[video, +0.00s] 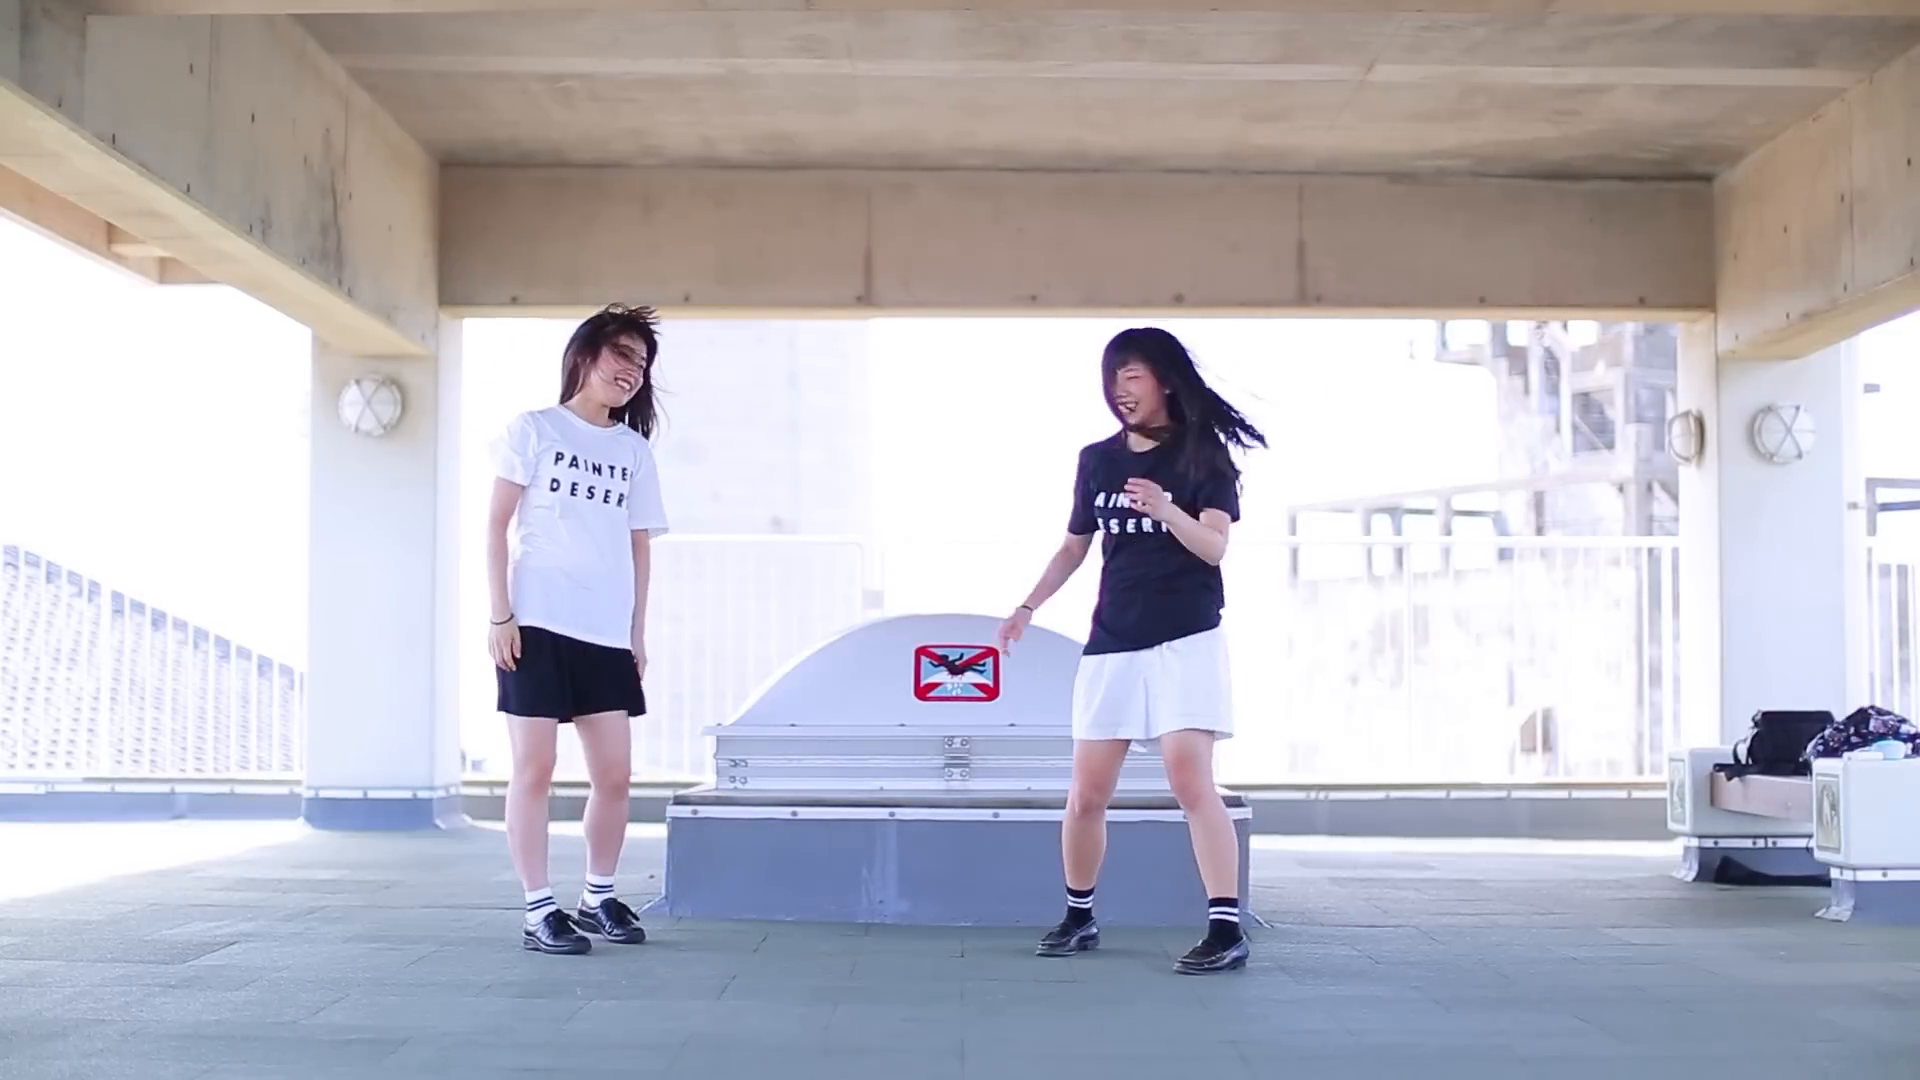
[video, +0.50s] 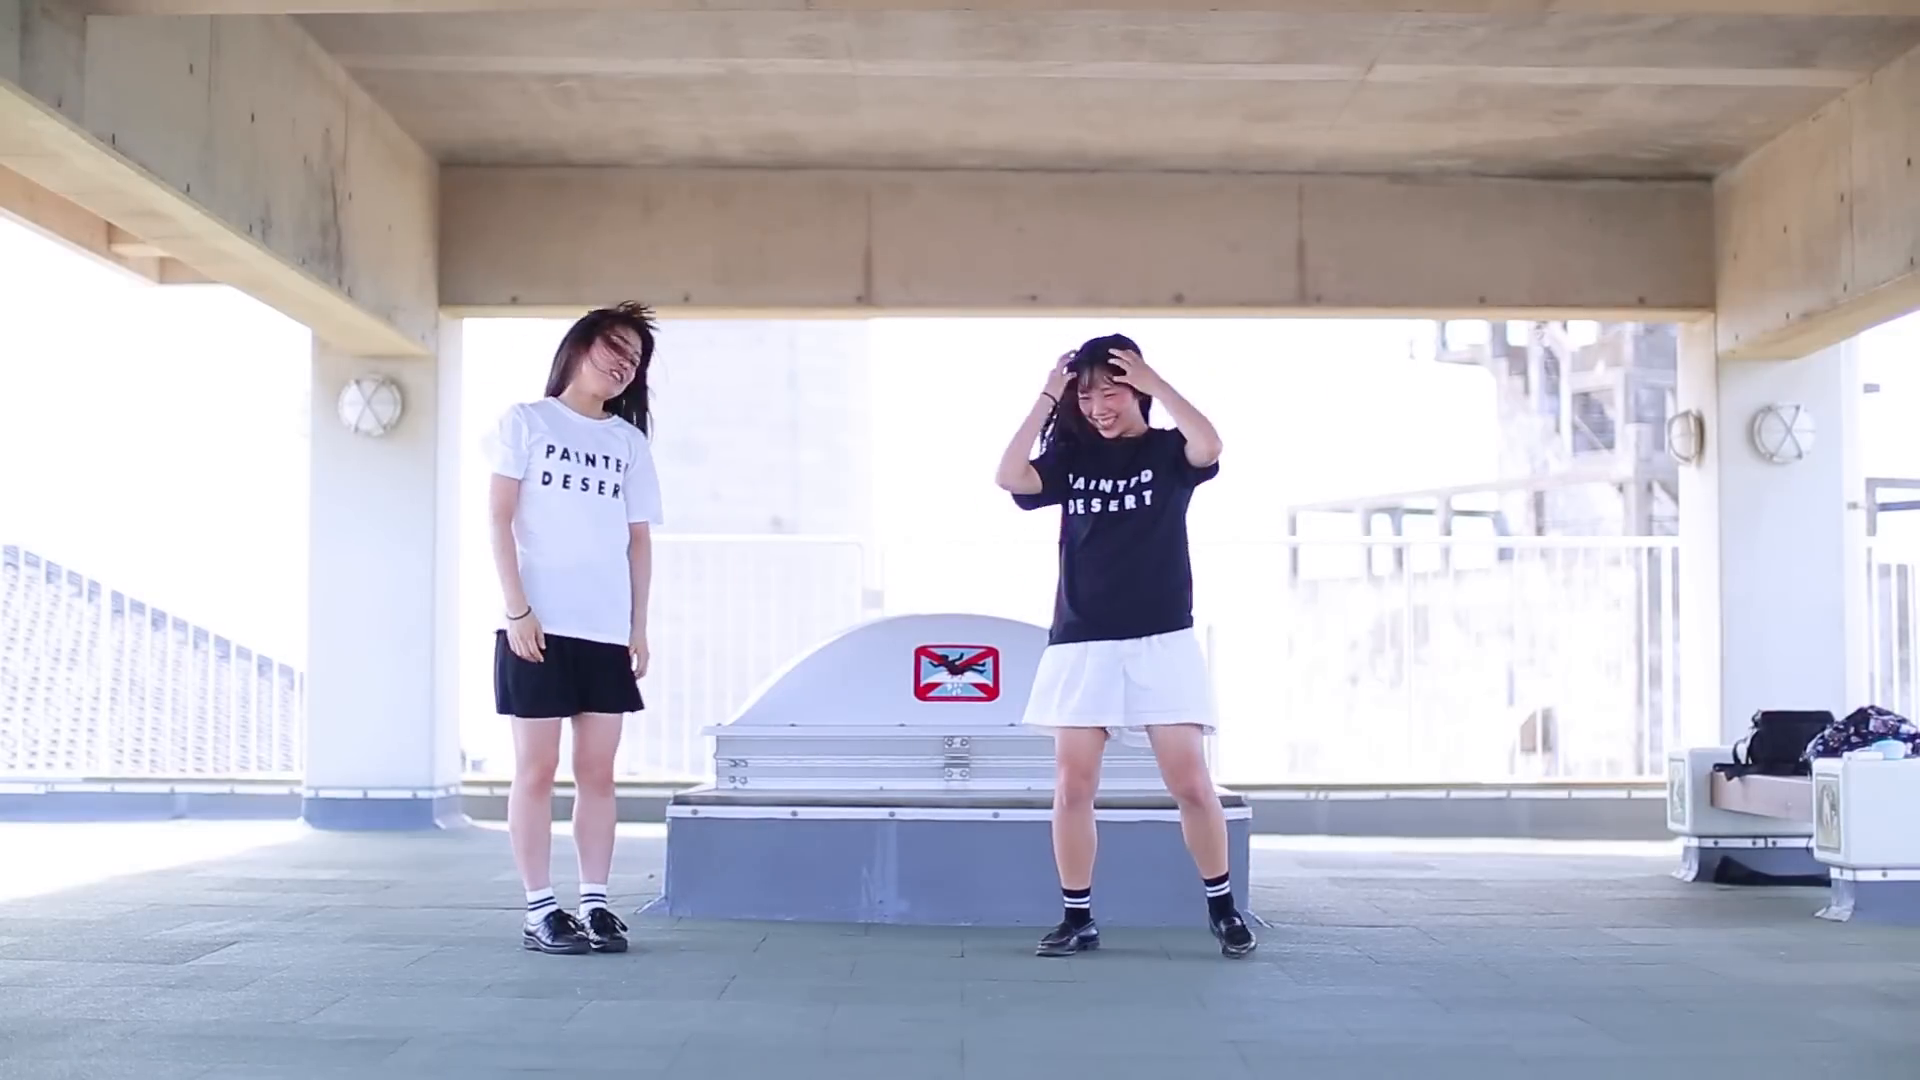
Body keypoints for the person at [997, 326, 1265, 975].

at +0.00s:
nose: (1122, 390)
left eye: (1134, 377)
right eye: (1115, 380)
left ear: (1169, 380)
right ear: (1109, 389)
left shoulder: (1206, 455)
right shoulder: (1099, 460)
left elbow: (1213, 548)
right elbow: (1075, 547)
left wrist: (1167, 510)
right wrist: (1028, 606)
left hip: (1186, 639)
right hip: (1112, 641)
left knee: (1191, 782)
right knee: (1086, 795)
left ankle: (1226, 929)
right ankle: (1078, 918)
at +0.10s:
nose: (1114, 391)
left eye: (1126, 379)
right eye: (1105, 382)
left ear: (1156, 383)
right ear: (1097, 392)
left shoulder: (1187, 452)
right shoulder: (1081, 463)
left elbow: (1197, 530)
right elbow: (1037, 550)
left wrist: (1158, 454)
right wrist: (1002, 550)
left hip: (1169, 637)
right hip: (1092, 640)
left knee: (1178, 775)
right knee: (1069, 790)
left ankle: (1221, 926)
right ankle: (1078, 919)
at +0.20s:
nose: (1099, 393)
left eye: (1110, 379)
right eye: (1089, 384)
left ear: (1141, 382)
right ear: (1080, 393)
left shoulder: (1175, 444)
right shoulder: (1069, 457)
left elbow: (1181, 501)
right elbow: (1017, 531)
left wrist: (1147, 422)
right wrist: (1009, 481)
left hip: (1157, 633)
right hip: (1079, 638)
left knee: (1174, 777)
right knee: (1067, 788)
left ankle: (1207, 919)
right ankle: (1077, 920)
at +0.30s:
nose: (1090, 395)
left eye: (1101, 381)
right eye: (1079, 385)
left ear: (1131, 381)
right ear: (1070, 393)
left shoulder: (1166, 438)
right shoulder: (1066, 451)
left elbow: (1183, 471)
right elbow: (1017, 500)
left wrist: (1143, 395)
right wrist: (1032, 415)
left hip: (1153, 631)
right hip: (1075, 636)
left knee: (1173, 776)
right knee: (1068, 785)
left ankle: (1202, 915)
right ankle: (1077, 921)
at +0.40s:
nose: (1092, 400)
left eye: (1102, 385)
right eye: (1081, 392)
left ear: (1129, 384)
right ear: (1072, 400)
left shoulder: (1162, 445)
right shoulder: (1069, 454)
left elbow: (1190, 451)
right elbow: (1017, 478)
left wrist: (1150, 385)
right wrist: (1045, 395)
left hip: (1153, 633)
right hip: (1075, 638)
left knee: (1181, 780)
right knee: (1068, 782)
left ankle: (1213, 910)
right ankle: (1076, 920)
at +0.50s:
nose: (1100, 406)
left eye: (1112, 392)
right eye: (1088, 396)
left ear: (1140, 392)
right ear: (1077, 403)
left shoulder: (1170, 451)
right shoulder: (1071, 459)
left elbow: (1208, 447)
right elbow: (1010, 477)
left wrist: (1158, 387)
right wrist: (1046, 403)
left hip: (1162, 638)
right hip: (1082, 641)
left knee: (1191, 786)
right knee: (1072, 784)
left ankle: (1223, 908)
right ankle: (1076, 920)